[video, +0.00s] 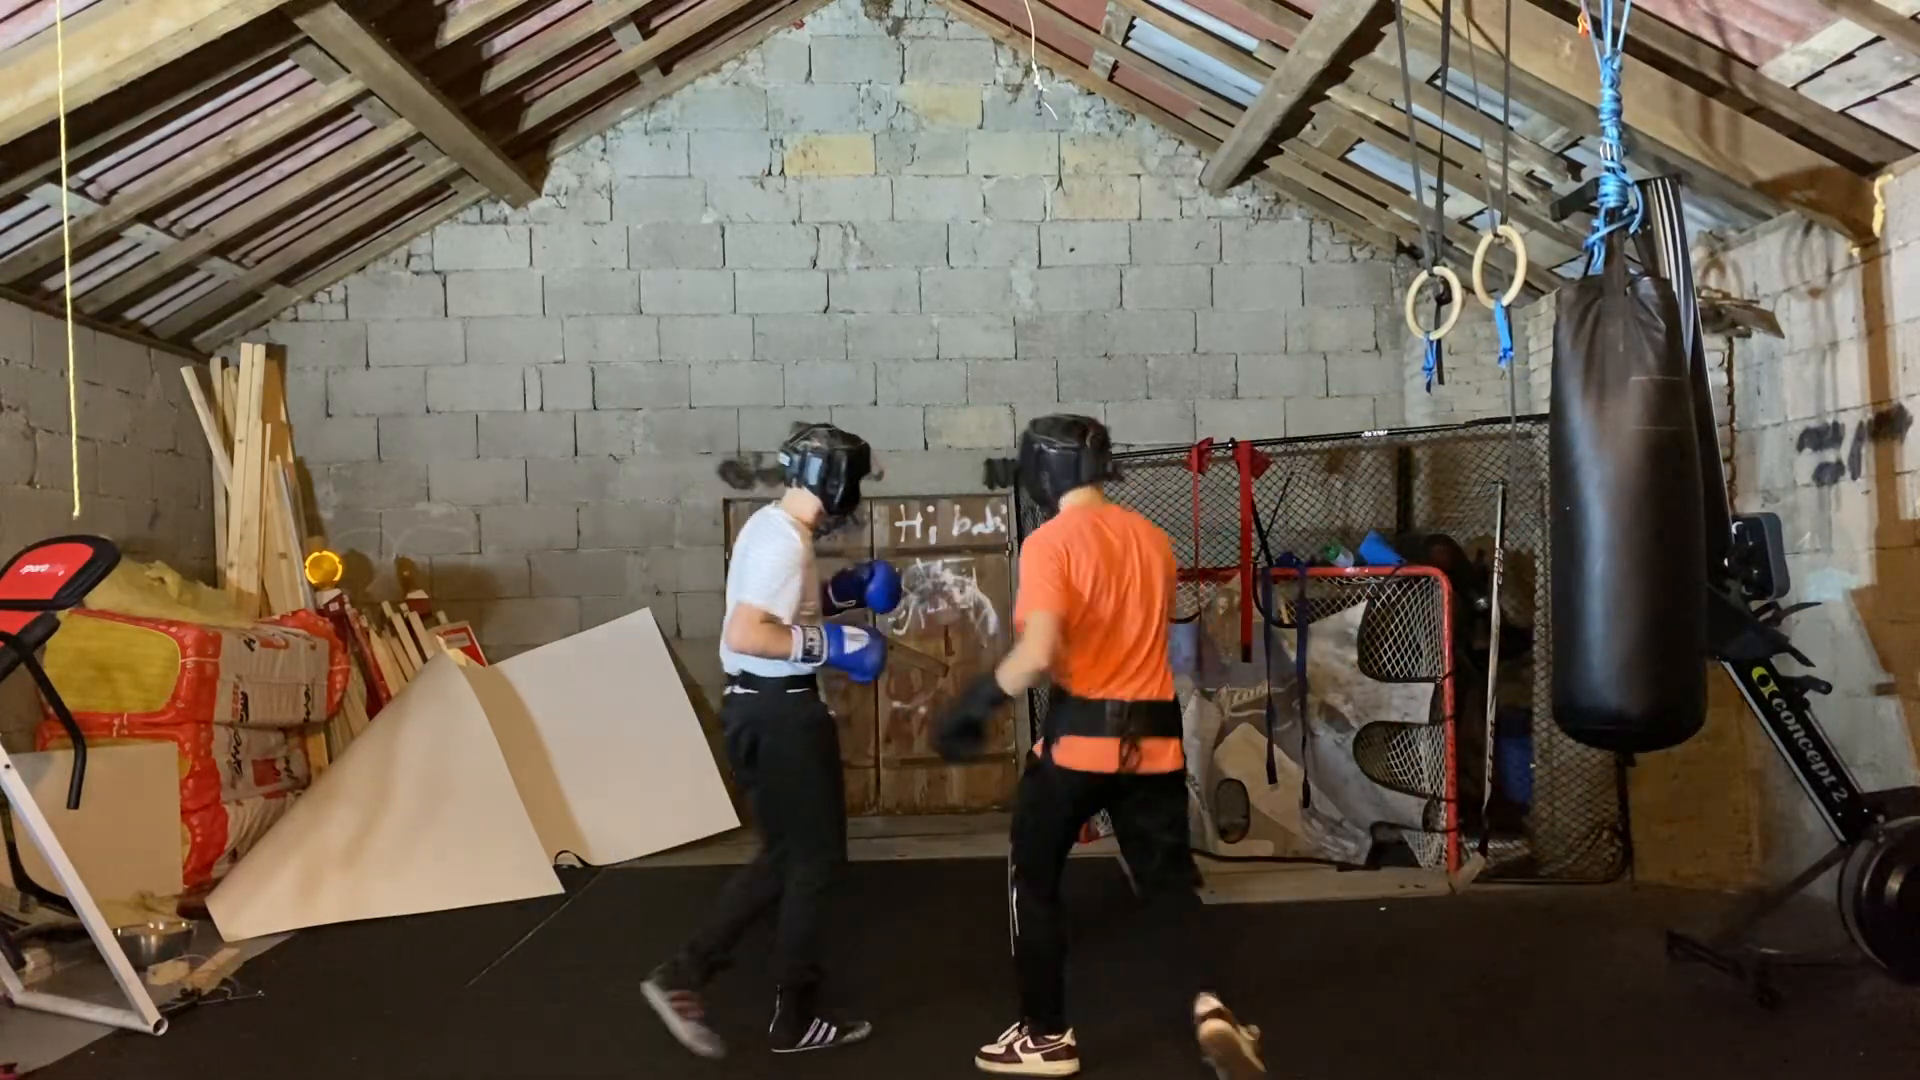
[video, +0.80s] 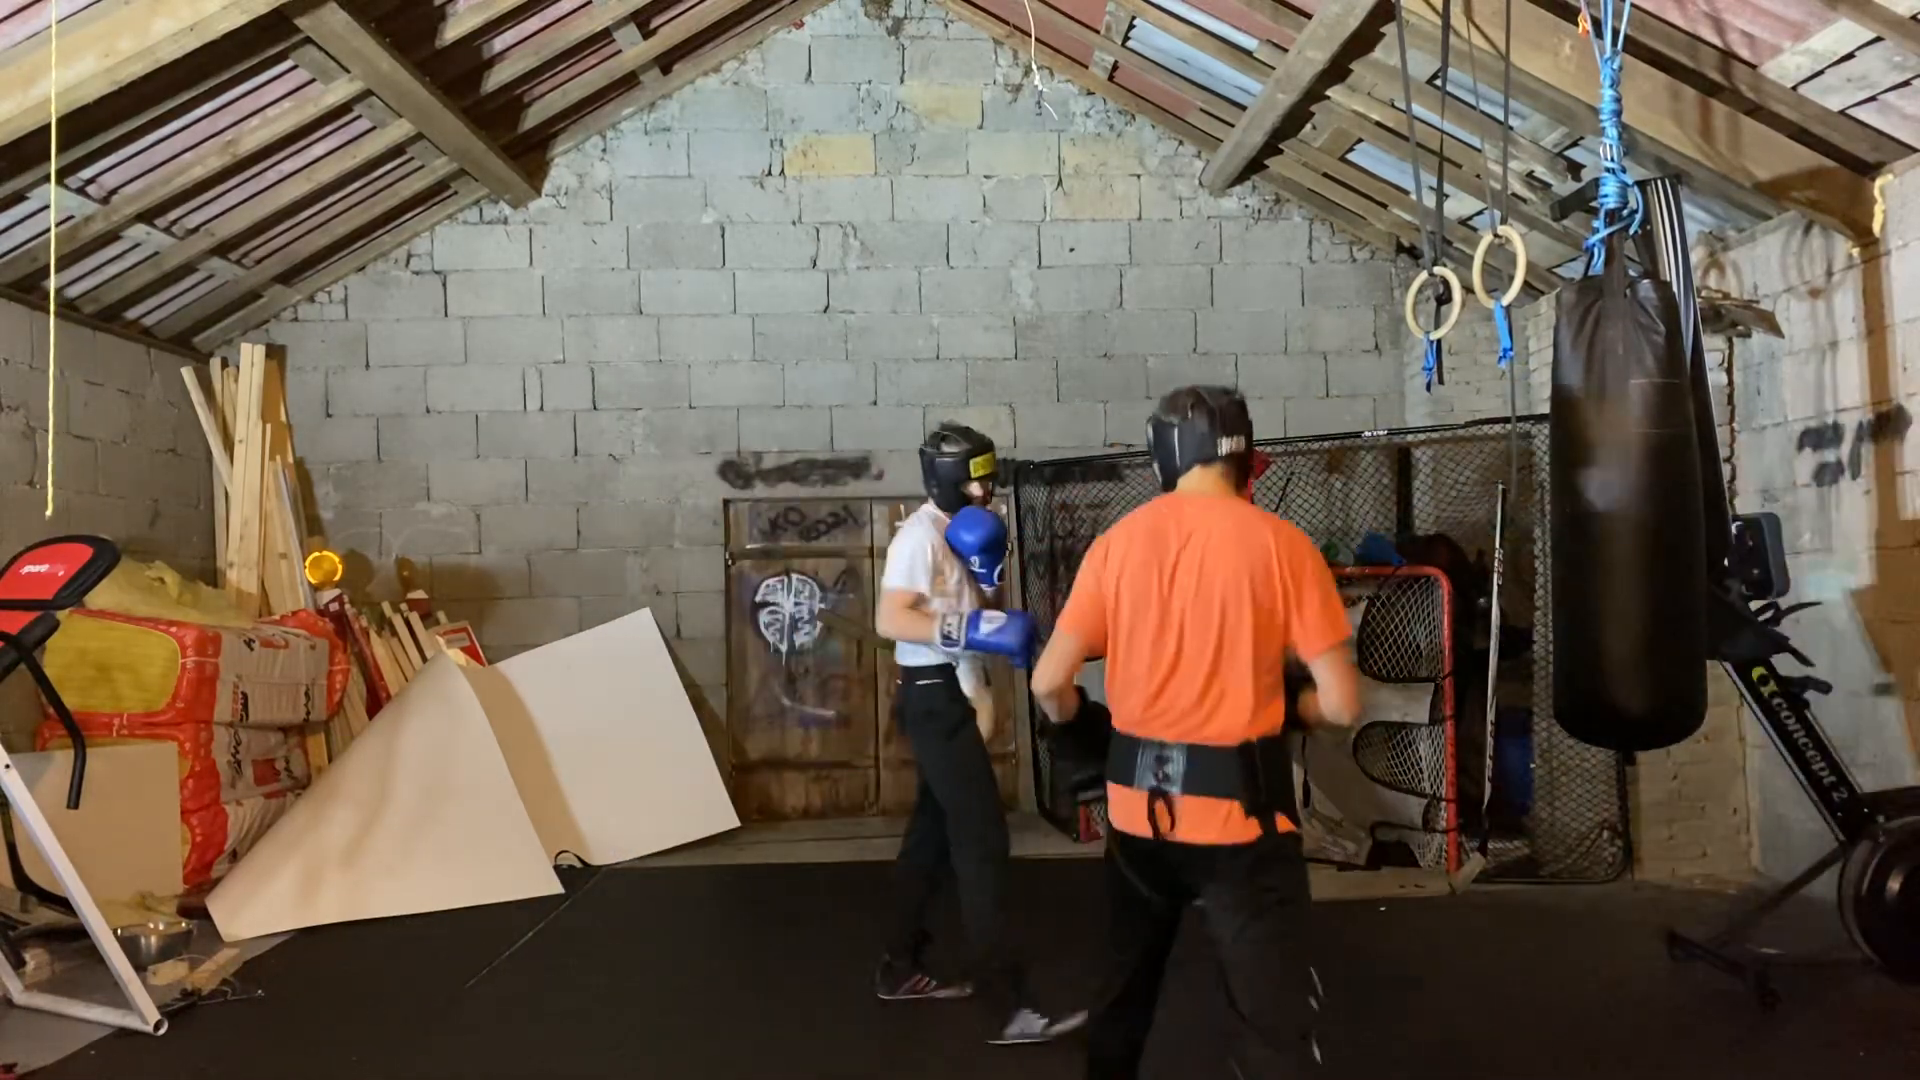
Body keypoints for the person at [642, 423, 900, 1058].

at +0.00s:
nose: (854, 499)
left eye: (855, 486)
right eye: (852, 486)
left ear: (801, 475)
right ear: (832, 485)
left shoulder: (774, 529)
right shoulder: (782, 543)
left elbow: (786, 612)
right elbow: (745, 633)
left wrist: (842, 594)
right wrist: (827, 644)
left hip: (761, 707)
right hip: (782, 713)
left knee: (784, 856)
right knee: (812, 860)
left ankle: (682, 978)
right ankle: (796, 1019)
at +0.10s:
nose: (868, 493)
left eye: (869, 480)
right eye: (866, 480)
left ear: (814, 469)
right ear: (847, 478)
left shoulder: (781, 523)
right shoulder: (804, 538)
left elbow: (804, 603)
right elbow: (775, 630)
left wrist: (857, 577)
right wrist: (855, 637)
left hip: (777, 699)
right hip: (800, 705)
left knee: (818, 844)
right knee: (827, 852)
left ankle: (735, 963)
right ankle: (795, 1019)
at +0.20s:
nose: (878, 483)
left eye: (877, 472)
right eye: (877, 472)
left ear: (823, 462)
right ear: (862, 472)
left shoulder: (794, 519)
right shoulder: (831, 531)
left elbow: (814, 597)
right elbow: (814, 619)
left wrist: (871, 559)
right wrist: (889, 619)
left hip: (794, 690)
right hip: (819, 697)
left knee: (850, 826)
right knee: (829, 843)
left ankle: (816, 984)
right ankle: (795, 1018)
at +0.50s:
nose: (936, 498)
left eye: (937, 488)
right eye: (932, 488)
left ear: (881, 485)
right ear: (915, 490)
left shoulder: (860, 534)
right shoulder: (887, 537)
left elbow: (892, 608)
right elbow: (871, 610)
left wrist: (930, 570)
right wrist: (948, 641)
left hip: (868, 704)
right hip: (879, 707)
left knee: (917, 837)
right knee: (919, 842)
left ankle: (899, 974)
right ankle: (813, 990)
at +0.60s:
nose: (953, 490)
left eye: (954, 479)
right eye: (948, 479)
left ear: (906, 477)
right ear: (927, 480)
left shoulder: (915, 533)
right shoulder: (892, 531)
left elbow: (929, 618)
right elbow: (867, 606)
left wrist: (946, 570)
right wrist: (946, 640)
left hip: (905, 694)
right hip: (896, 697)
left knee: (927, 836)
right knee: (955, 837)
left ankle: (903, 971)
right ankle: (861, 968)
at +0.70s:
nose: (972, 484)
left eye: (972, 473)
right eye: (965, 474)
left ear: (933, 472)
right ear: (943, 475)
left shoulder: (951, 526)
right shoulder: (907, 524)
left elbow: (971, 611)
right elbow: (872, 603)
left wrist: (969, 569)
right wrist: (950, 629)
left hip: (938, 686)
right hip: (913, 690)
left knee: (926, 832)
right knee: (979, 829)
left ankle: (905, 965)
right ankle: (924, 984)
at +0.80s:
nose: (988, 491)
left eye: (990, 480)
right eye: (978, 481)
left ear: (979, 478)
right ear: (947, 483)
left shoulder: (969, 531)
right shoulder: (917, 537)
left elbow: (990, 616)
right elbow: (892, 618)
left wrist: (991, 570)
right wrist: (972, 631)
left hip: (960, 692)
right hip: (931, 697)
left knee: (932, 836)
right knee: (983, 838)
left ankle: (900, 969)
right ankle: (1007, 1007)